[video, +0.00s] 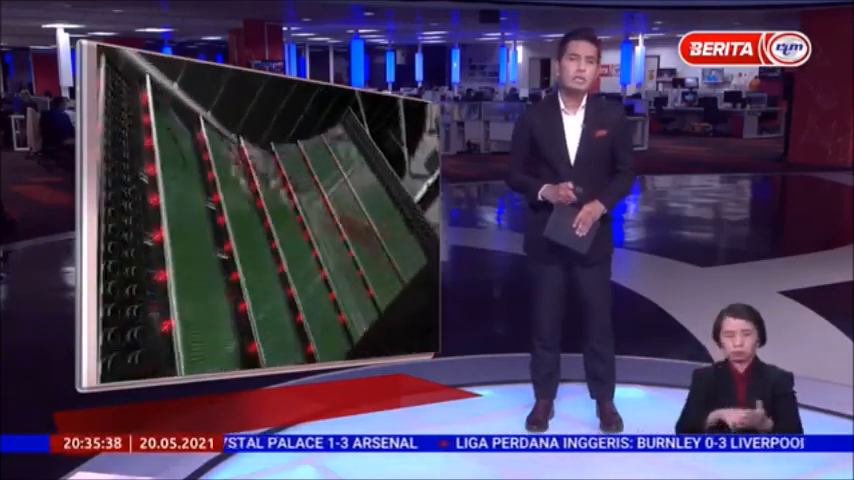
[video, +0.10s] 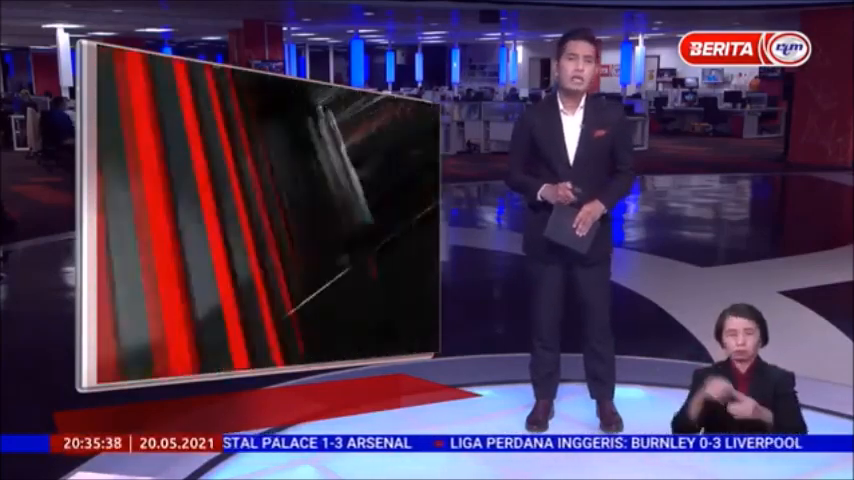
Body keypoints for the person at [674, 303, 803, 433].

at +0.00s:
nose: (738, 342)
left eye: (746, 334)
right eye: (729, 335)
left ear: (759, 338)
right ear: (719, 341)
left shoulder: (779, 380)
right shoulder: (704, 378)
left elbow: (794, 435)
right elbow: (683, 430)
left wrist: (764, 424)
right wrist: (717, 416)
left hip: (766, 464)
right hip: (714, 462)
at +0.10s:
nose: (740, 341)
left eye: (748, 333)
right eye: (732, 334)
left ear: (761, 339)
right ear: (722, 341)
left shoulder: (780, 379)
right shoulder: (705, 377)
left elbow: (798, 431)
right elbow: (680, 430)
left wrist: (759, 413)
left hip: (767, 465)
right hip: (714, 463)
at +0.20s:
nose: (743, 342)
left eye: (751, 333)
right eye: (734, 335)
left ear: (762, 338)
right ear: (724, 341)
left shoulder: (780, 378)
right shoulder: (710, 375)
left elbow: (794, 424)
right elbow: (679, 420)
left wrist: (753, 402)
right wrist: (691, 381)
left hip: (768, 464)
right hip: (718, 463)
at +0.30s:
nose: (745, 343)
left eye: (753, 335)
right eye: (737, 335)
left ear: (765, 340)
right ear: (726, 340)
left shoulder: (781, 378)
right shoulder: (712, 374)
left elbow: (791, 423)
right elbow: (677, 412)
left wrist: (750, 398)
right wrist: (691, 371)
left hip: (765, 461)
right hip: (717, 459)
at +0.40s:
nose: (745, 343)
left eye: (753, 334)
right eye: (737, 335)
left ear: (765, 340)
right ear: (726, 341)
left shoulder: (781, 379)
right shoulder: (713, 375)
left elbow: (794, 426)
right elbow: (676, 414)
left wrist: (751, 402)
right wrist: (695, 379)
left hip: (767, 461)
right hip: (716, 460)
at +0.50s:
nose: (746, 343)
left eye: (754, 334)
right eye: (737, 335)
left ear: (765, 339)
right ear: (726, 341)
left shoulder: (783, 380)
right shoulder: (710, 376)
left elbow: (801, 429)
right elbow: (677, 422)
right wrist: (697, 394)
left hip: (770, 465)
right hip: (717, 463)